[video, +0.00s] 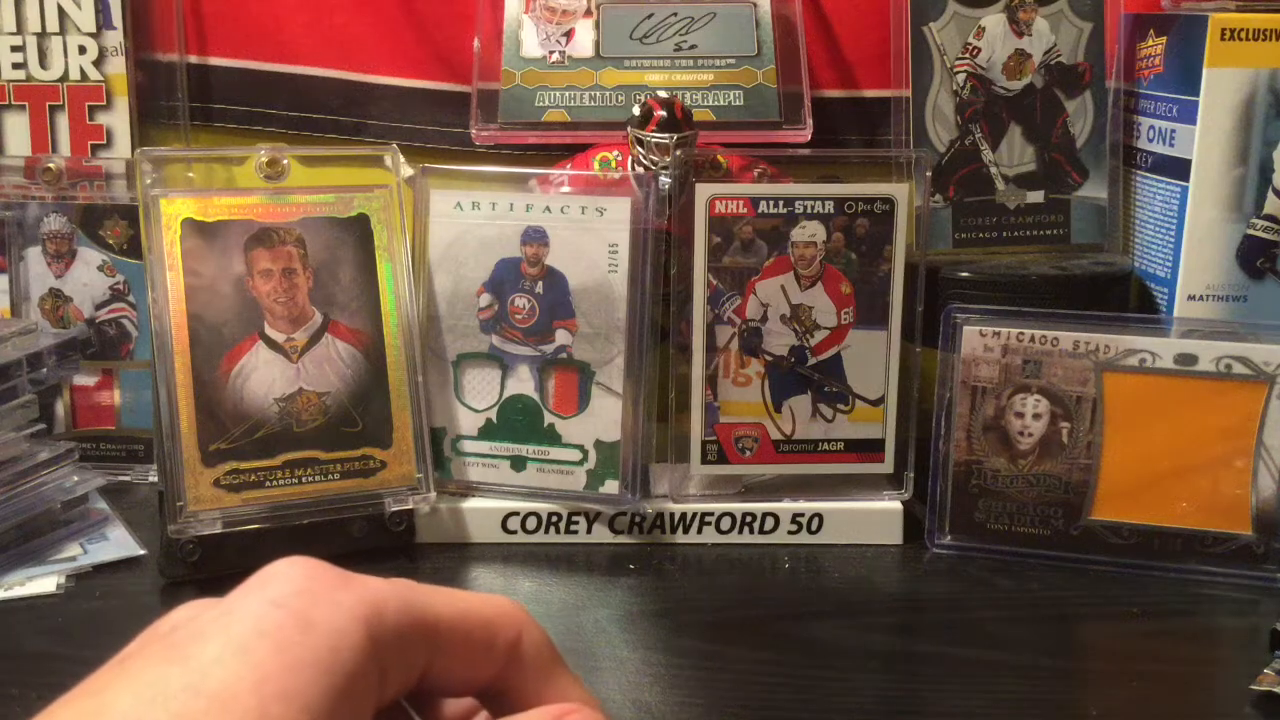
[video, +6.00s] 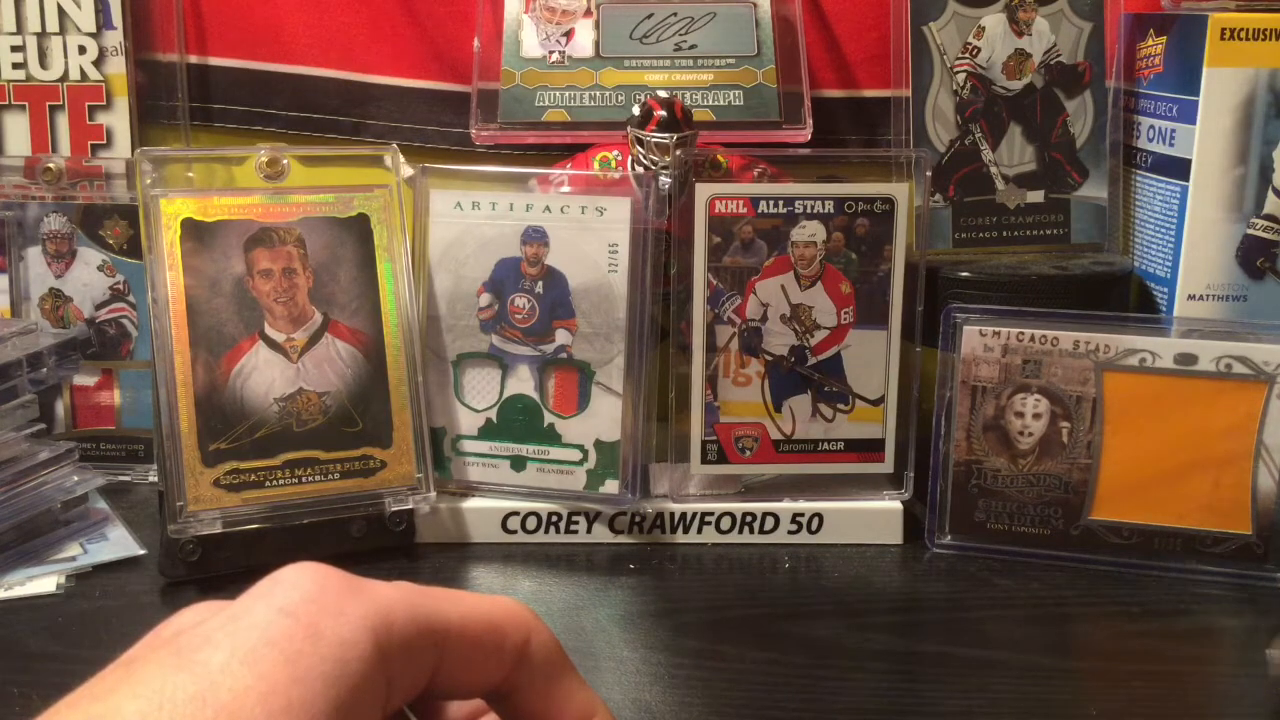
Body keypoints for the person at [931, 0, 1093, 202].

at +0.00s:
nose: (1029, 17)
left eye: (1033, 11)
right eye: (1024, 10)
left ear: (1037, 10)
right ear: (1010, 9)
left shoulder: (1041, 27)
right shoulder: (990, 26)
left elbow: (1051, 58)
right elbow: (965, 63)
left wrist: (1066, 76)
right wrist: (968, 98)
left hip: (1026, 92)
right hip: (992, 94)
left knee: (1055, 124)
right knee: (979, 139)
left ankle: (1063, 176)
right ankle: (943, 183)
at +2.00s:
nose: (1030, 17)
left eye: (1034, 11)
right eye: (1025, 11)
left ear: (1037, 11)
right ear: (1011, 9)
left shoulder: (1041, 28)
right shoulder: (990, 26)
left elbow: (1051, 61)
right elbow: (965, 63)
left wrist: (1068, 75)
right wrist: (969, 98)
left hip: (1025, 92)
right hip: (992, 93)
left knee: (1056, 123)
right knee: (980, 139)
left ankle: (1063, 176)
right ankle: (942, 183)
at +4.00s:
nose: (1030, 16)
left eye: (1033, 10)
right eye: (1024, 10)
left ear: (1037, 10)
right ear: (1010, 9)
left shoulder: (1041, 27)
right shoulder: (990, 26)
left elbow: (1050, 60)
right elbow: (965, 63)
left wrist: (1067, 75)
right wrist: (969, 98)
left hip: (1025, 92)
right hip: (992, 93)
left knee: (1056, 123)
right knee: (979, 138)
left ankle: (1063, 177)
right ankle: (942, 186)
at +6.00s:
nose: (1029, 16)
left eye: (1033, 10)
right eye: (1023, 10)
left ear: (1037, 10)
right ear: (1010, 9)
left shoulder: (1041, 27)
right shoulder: (990, 26)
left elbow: (1050, 63)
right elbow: (964, 62)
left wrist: (1070, 74)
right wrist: (969, 96)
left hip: (1026, 91)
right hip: (993, 93)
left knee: (1056, 121)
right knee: (979, 138)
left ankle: (1063, 175)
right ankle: (942, 185)